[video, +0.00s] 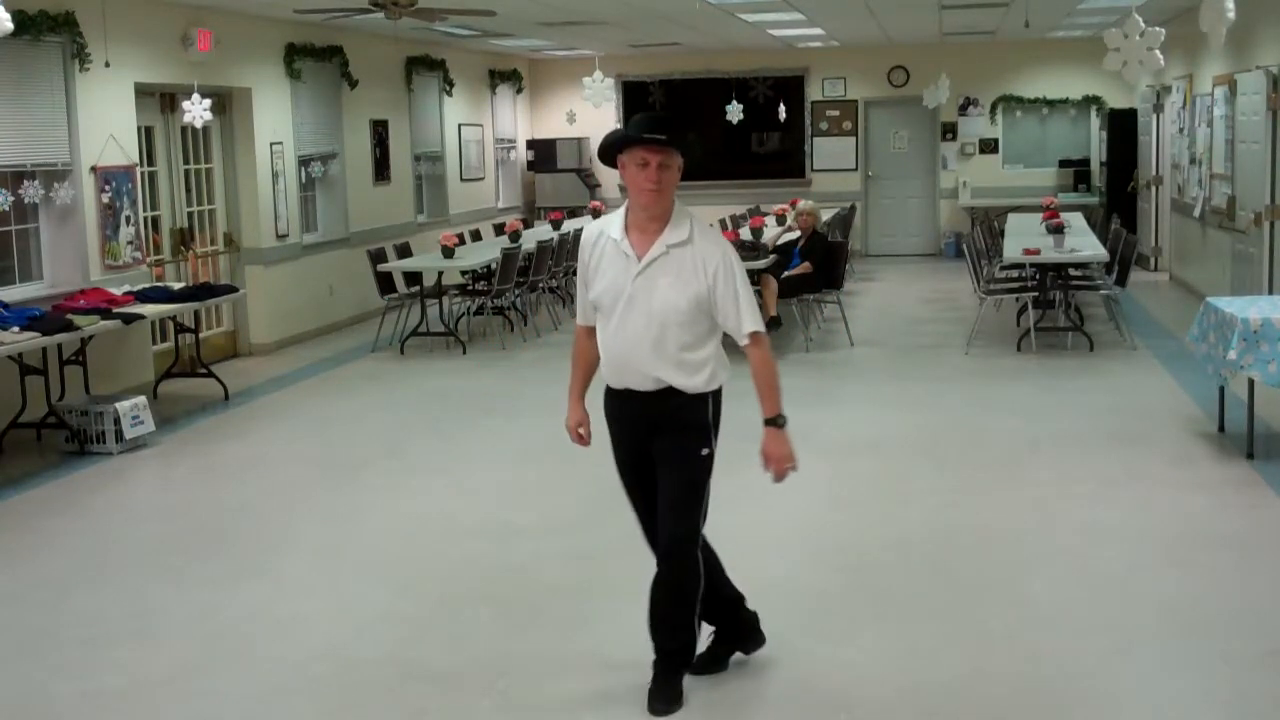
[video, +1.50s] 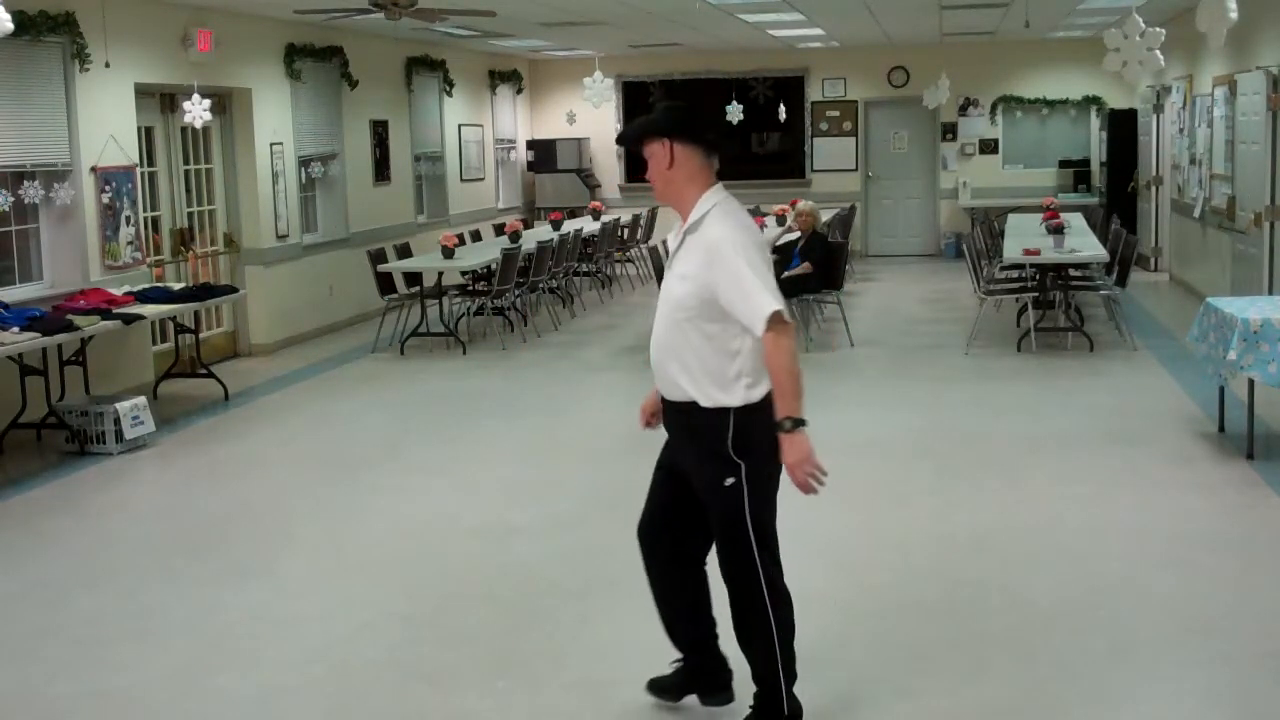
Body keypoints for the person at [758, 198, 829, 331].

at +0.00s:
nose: (804, 218)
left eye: (808, 215)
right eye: (801, 215)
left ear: (815, 218)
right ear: (796, 219)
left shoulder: (820, 239)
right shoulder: (795, 242)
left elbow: (809, 266)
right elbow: (767, 249)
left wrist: (785, 275)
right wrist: (784, 230)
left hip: (809, 278)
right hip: (791, 275)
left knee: (767, 290)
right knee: (766, 276)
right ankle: (773, 316)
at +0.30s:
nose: (803, 218)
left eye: (808, 215)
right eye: (800, 215)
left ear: (815, 219)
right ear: (796, 219)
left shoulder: (819, 239)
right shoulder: (796, 242)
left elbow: (809, 267)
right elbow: (767, 249)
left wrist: (783, 276)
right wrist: (783, 230)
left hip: (811, 280)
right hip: (794, 278)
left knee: (769, 290)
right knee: (764, 285)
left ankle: (769, 341)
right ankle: (762, 338)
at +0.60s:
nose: (804, 218)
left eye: (808, 214)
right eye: (801, 214)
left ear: (815, 219)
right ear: (796, 219)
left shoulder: (820, 239)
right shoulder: (794, 243)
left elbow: (809, 267)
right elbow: (766, 250)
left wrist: (785, 275)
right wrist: (784, 231)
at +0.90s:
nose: (804, 218)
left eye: (808, 215)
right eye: (801, 215)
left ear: (815, 219)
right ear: (796, 219)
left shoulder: (820, 239)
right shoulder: (795, 242)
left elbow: (810, 266)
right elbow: (767, 249)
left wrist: (786, 276)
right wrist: (784, 231)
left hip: (809, 278)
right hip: (789, 274)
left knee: (766, 289)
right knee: (768, 277)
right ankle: (773, 316)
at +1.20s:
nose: (804, 218)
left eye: (808, 215)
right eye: (800, 215)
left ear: (815, 219)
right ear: (796, 218)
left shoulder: (820, 239)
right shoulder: (792, 239)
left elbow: (813, 264)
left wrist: (791, 275)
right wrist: (786, 231)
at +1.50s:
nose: (804, 219)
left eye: (808, 216)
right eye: (800, 216)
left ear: (815, 219)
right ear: (795, 219)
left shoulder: (820, 239)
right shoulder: (795, 242)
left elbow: (810, 266)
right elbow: (768, 249)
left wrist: (787, 274)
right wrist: (784, 231)